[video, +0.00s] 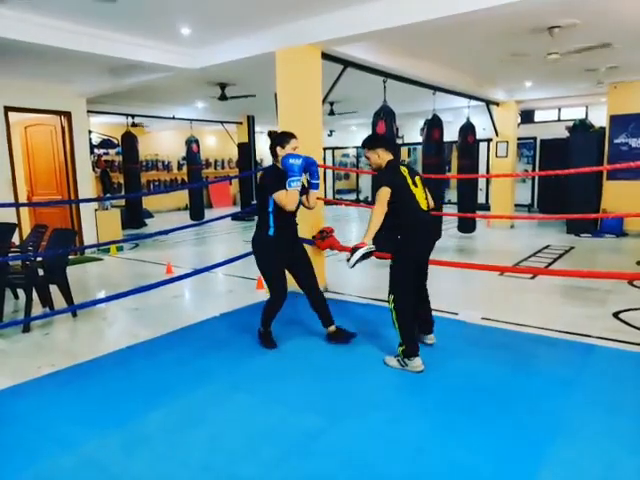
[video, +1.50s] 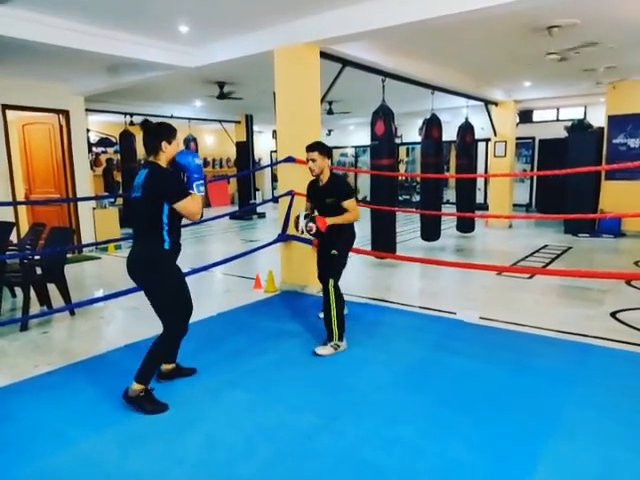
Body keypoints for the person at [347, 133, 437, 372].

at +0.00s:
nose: (368, 161)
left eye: (369, 156)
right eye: (367, 157)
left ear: (381, 152)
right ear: (386, 153)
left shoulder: (386, 175)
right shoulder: (408, 170)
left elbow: (381, 207)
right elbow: (429, 203)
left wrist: (367, 240)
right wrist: (411, 222)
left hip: (408, 239)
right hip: (426, 235)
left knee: (399, 296)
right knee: (417, 282)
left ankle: (409, 355)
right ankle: (425, 331)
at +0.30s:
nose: (357, 166)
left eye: (358, 160)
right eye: (356, 162)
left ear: (370, 155)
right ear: (368, 158)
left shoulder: (384, 176)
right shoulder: (378, 177)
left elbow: (408, 205)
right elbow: (381, 211)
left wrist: (409, 241)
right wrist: (359, 207)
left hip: (389, 243)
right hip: (389, 241)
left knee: (367, 284)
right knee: (388, 280)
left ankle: (395, 333)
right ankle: (402, 326)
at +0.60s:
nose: (338, 168)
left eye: (342, 164)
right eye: (337, 164)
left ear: (355, 161)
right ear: (338, 163)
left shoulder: (370, 182)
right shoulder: (348, 182)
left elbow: (394, 210)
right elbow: (349, 205)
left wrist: (374, 234)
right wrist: (343, 225)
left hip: (376, 234)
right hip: (363, 231)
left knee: (356, 278)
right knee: (359, 276)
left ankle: (366, 323)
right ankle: (389, 305)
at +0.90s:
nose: (326, 156)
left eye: (329, 152)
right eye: (324, 152)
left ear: (341, 150)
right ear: (324, 152)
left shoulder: (354, 171)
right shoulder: (329, 173)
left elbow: (370, 202)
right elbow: (333, 198)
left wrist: (342, 209)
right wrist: (324, 212)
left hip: (357, 224)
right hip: (340, 223)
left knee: (350, 270)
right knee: (334, 266)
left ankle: (362, 316)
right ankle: (336, 304)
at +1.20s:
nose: (311, 163)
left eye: (315, 158)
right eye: (309, 159)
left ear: (327, 157)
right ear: (310, 160)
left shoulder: (343, 179)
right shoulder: (316, 183)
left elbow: (363, 202)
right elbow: (316, 206)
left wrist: (348, 221)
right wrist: (311, 216)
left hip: (343, 228)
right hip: (326, 227)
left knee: (331, 272)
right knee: (321, 272)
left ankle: (350, 311)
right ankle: (335, 308)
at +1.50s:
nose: (310, 165)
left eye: (314, 160)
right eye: (308, 161)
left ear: (327, 160)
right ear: (308, 162)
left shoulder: (340, 183)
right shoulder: (313, 186)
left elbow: (355, 214)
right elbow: (309, 210)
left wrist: (328, 221)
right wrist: (304, 220)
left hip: (343, 232)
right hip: (324, 233)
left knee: (331, 280)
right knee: (324, 276)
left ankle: (336, 339)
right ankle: (333, 307)